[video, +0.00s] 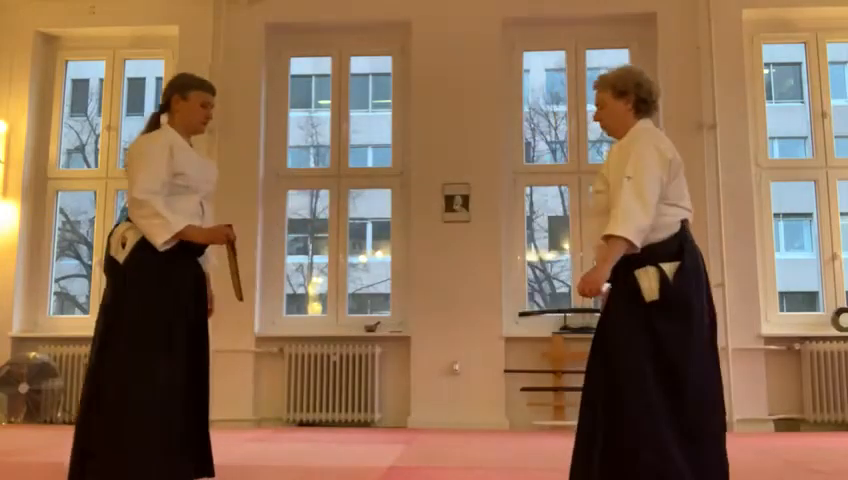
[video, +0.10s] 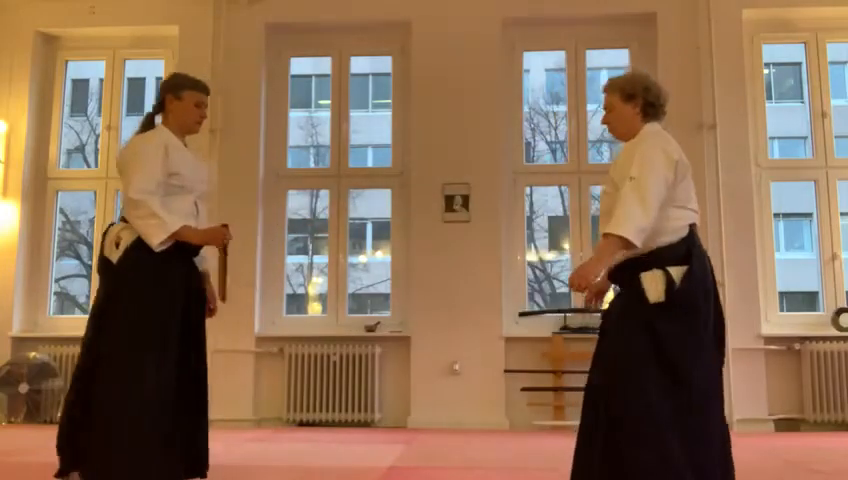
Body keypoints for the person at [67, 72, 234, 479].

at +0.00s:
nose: (208, 115)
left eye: (210, 109)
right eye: (203, 106)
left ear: (190, 109)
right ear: (176, 102)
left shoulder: (188, 153)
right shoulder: (153, 142)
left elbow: (188, 221)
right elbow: (140, 204)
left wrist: (203, 281)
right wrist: (194, 234)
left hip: (180, 266)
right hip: (150, 265)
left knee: (177, 368)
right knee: (147, 368)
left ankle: (170, 465)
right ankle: (139, 465)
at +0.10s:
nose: (203, 115)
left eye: (205, 108)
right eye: (197, 106)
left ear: (190, 110)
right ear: (170, 103)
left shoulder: (187, 156)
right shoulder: (148, 143)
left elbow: (190, 222)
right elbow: (137, 205)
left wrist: (204, 280)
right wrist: (193, 235)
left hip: (177, 266)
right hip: (145, 264)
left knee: (172, 365)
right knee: (139, 364)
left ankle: (163, 462)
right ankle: (129, 462)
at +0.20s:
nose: (196, 114)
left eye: (198, 108)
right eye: (190, 105)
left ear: (183, 110)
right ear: (162, 103)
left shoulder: (176, 154)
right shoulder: (141, 144)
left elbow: (180, 219)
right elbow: (134, 208)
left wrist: (200, 275)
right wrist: (193, 238)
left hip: (168, 264)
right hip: (136, 263)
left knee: (165, 366)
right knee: (129, 365)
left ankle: (159, 464)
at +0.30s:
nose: (188, 114)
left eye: (190, 108)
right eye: (181, 106)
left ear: (169, 110)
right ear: (153, 104)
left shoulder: (168, 154)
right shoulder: (131, 146)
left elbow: (171, 220)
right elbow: (125, 210)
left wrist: (195, 276)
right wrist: (185, 244)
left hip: (161, 267)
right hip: (126, 265)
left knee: (158, 371)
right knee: (109, 367)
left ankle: (153, 465)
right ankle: (30, 460)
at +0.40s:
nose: (175, 117)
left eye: (177, 110)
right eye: (168, 108)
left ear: (163, 114)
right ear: (140, 107)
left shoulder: (163, 163)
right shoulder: (115, 150)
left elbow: (168, 225)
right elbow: (111, 216)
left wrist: (187, 280)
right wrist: (167, 254)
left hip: (150, 271)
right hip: (110, 269)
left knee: (151, 374)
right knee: (106, 371)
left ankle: (146, 466)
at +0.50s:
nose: (160, 118)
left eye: (162, 111)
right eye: (154, 109)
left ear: (145, 115)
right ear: (127, 108)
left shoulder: (151, 168)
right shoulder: (95, 154)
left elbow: (156, 228)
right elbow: (91, 219)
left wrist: (174, 287)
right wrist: (145, 262)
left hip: (138, 280)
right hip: (93, 277)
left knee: (144, 382)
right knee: (87, 382)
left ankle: (139, 468)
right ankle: (81, 468)